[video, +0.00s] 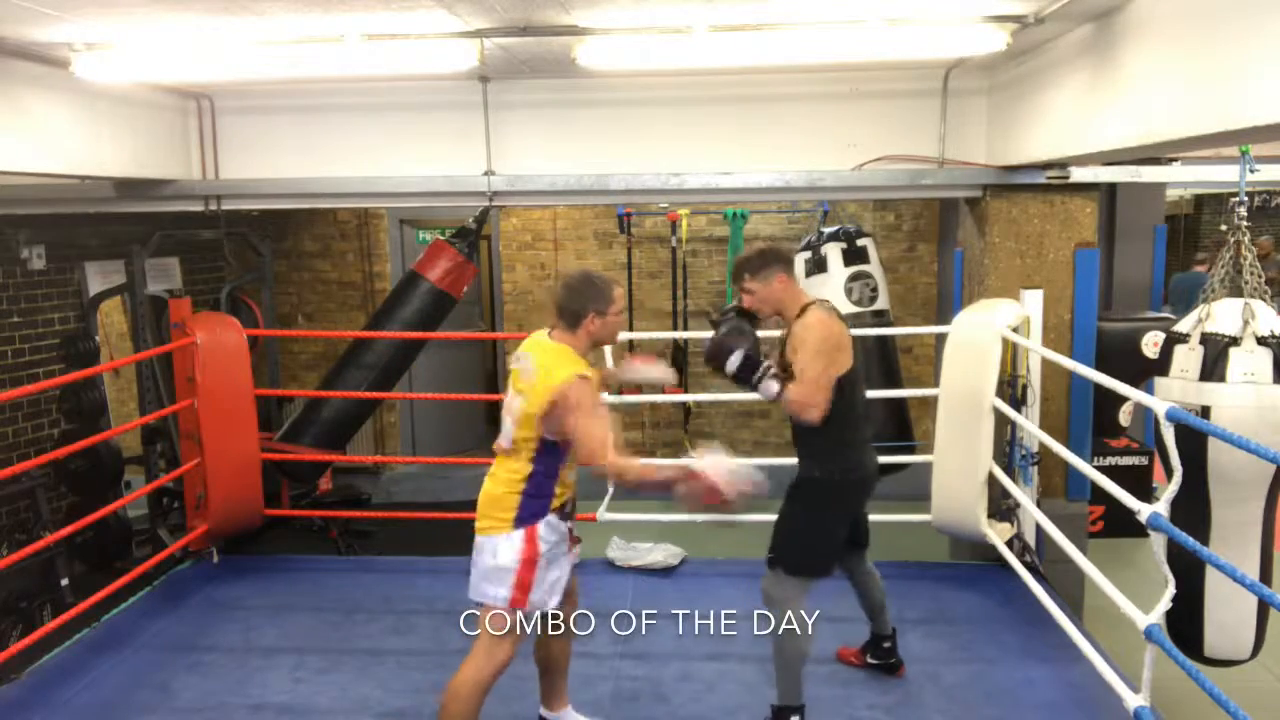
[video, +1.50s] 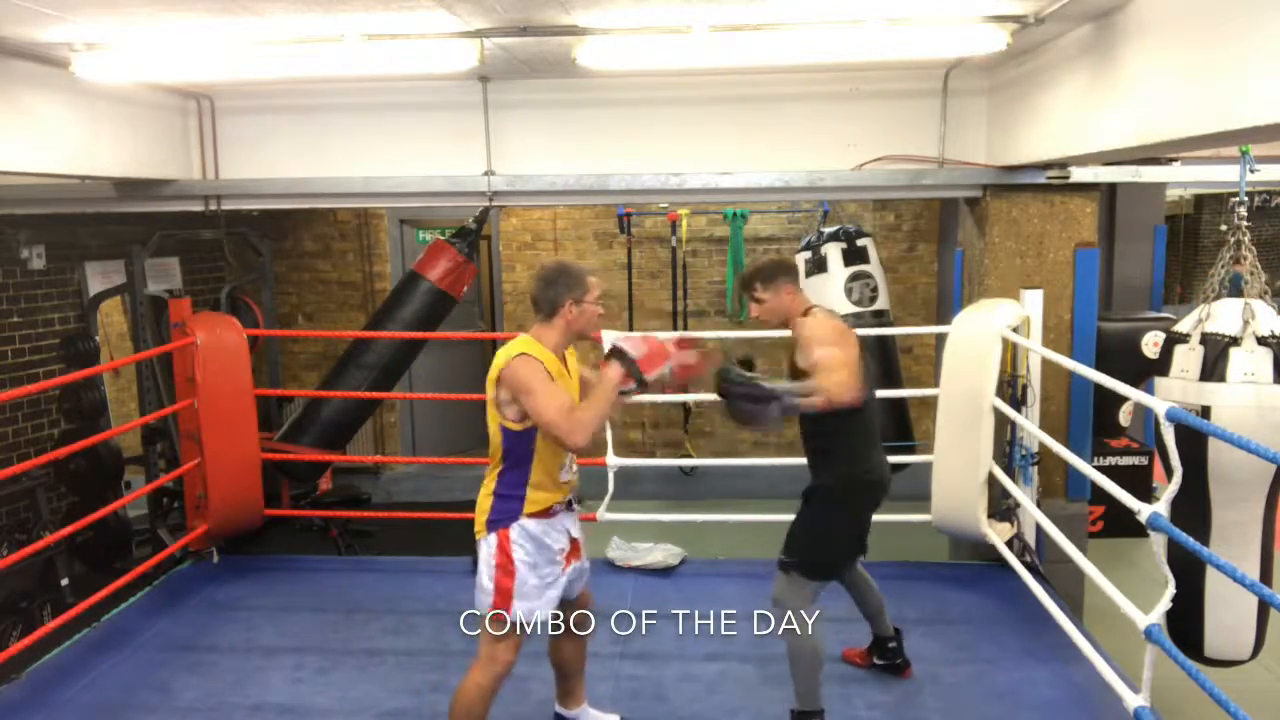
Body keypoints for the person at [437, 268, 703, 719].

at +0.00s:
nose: (622, 322)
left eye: (622, 312)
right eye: (617, 313)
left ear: (578, 317)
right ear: (591, 321)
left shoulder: (536, 345)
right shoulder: (574, 379)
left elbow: (565, 388)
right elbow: (605, 463)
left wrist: (618, 374)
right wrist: (681, 472)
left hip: (541, 512)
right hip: (519, 519)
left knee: (561, 604)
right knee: (495, 648)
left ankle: (555, 710)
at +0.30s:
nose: (609, 317)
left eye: (610, 308)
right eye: (605, 309)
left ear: (569, 308)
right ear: (578, 312)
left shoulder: (534, 332)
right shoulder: (559, 383)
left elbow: (585, 317)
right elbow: (583, 467)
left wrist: (620, 279)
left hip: (546, 504)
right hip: (525, 515)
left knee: (562, 604)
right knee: (505, 646)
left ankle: (557, 710)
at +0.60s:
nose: (587, 312)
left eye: (585, 302)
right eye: (580, 304)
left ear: (551, 314)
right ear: (551, 314)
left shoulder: (555, 352)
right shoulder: (495, 373)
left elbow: (600, 370)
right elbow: (512, 462)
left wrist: (651, 342)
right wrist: (587, 421)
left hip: (551, 513)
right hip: (500, 526)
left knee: (578, 609)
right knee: (483, 652)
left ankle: (568, 704)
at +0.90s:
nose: (605, 311)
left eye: (604, 301)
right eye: (600, 302)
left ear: (566, 307)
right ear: (574, 307)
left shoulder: (537, 355)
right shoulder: (549, 363)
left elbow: (552, 443)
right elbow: (612, 433)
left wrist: (608, 451)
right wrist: (652, 374)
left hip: (555, 519)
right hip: (520, 528)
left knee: (576, 612)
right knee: (500, 655)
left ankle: (570, 708)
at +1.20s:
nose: (619, 314)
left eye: (618, 306)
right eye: (613, 305)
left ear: (584, 308)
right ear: (587, 308)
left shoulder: (582, 356)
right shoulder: (543, 354)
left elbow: (596, 423)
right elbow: (602, 412)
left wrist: (648, 428)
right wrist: (626, 356)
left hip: (562, 515)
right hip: (522, 522)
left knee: (583, 610)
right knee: (500, 654)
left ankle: (573, 709)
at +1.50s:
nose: (602, 310)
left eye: (601, 300)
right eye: (596, 300)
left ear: (564, 308)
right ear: (568, 308)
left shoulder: (562, 356)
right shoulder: (521, 363)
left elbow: (594, 399)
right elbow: (575, 432)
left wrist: (634, 377)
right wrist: (616, 370)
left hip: (557, 515)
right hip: (514, 525)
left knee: (576, 614)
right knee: (496, 657)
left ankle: (572, 707)